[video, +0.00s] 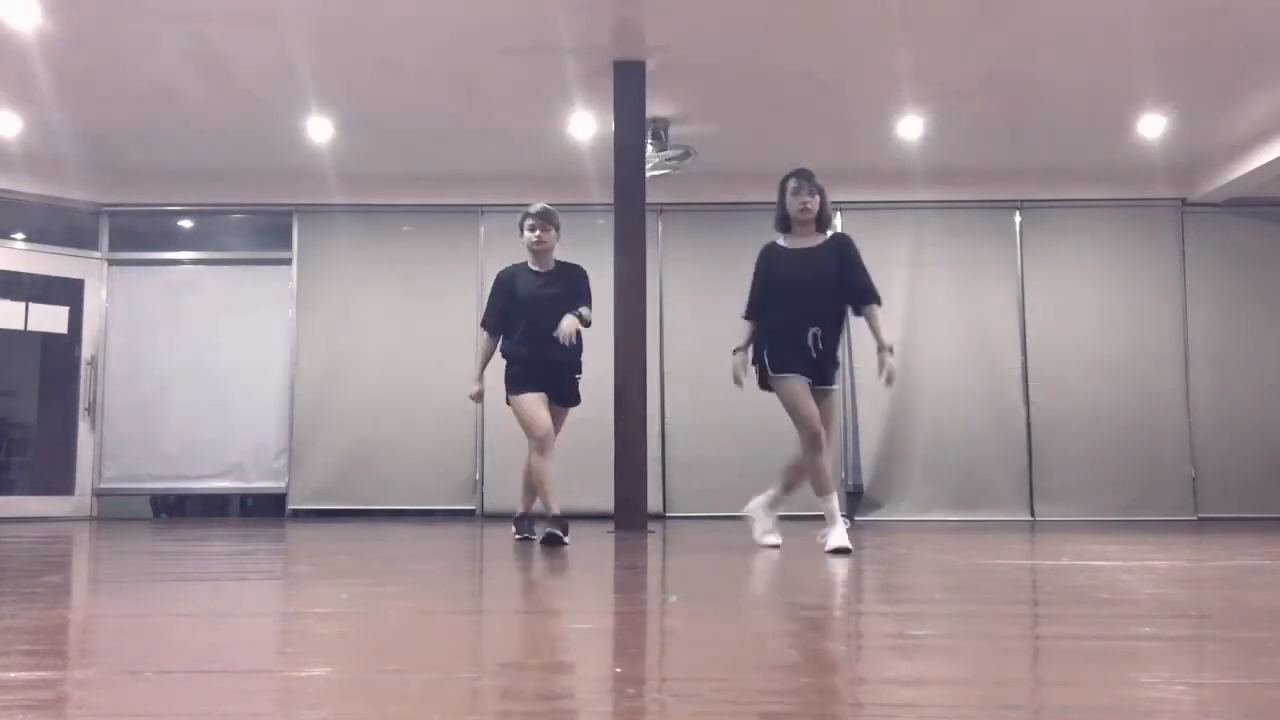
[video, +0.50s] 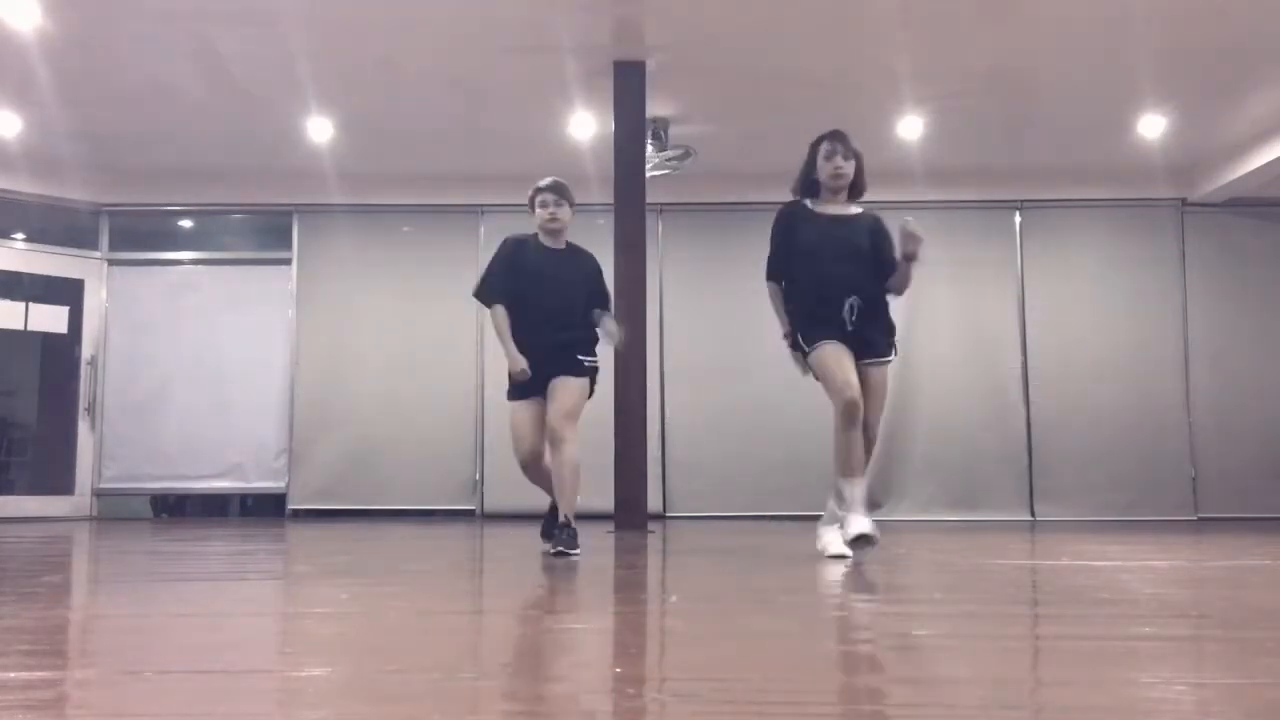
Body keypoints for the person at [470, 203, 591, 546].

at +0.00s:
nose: (539, 234)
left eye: (546, 228)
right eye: (532, 228)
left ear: (557, 234)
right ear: (522, 235)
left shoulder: (574, 274)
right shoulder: (509, 278)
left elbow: (585, 313)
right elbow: (491, 331)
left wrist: (573, 318)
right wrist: (478, 377)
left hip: (563, 373)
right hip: (521, 371)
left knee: (542, 447)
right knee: (542, 435)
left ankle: (524, 516)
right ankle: (554, 519)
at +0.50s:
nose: (551, 210)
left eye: (559, 204)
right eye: (543, 205)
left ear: (571, 211)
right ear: (533, 212)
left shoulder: (585, 260)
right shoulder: (514, 249)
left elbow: (599, 312)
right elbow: (496, 303)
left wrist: (611, 328)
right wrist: (511, 353)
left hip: (573, 356)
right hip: (527, 358)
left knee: (560, 431)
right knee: (527, 455)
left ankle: (567, 524)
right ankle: (559, 496)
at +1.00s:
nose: (533, 185)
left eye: (539, 176)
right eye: (524, 181)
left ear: (554, 181)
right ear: (514, 190)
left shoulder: (579, 234)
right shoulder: (501, 230)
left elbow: (589, 295)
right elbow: (488, 278)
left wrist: (590, 338)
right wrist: (529, 238)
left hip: (565, 341)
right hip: (514, 341)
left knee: (558, 423)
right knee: (524, 446)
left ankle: (552, 525)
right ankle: (524, 524)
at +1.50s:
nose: (528, 146)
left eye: (537, 140)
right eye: (520, 139)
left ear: (549, 152)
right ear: (506, 147)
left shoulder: (562, 209)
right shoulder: (481, 196)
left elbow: (576, 266)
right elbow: (458, 252)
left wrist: (561, 291)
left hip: (543, 320)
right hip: (491, 318)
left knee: (556, 420)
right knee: (458, 414)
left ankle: (582, 519)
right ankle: (423, 507)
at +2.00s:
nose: (500, 169)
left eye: (510, 163)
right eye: (492, 162)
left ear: (524, 175)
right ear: (480, 173)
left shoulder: (537, 232)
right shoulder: (456, 214)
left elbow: (558, 292)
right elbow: (432, 274)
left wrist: (531, 287)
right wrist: (461, 313)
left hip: (535, 343)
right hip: (482, 343)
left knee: (562, 435)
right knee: (456, 440)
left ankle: (588, 527)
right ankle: (418, 530)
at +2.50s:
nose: (527, 175)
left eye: (530, 169)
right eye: (518, 166)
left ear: (533, 176)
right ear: (491, 169)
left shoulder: (542, 225)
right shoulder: (460, 219)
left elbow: (566, 281)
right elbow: (448, 280)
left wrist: (553, 232)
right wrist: (483, 323)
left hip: (536, 344)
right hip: (479, 344)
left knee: (558, 432)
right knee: (451, 438)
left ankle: (589, 526)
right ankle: (418, 530)